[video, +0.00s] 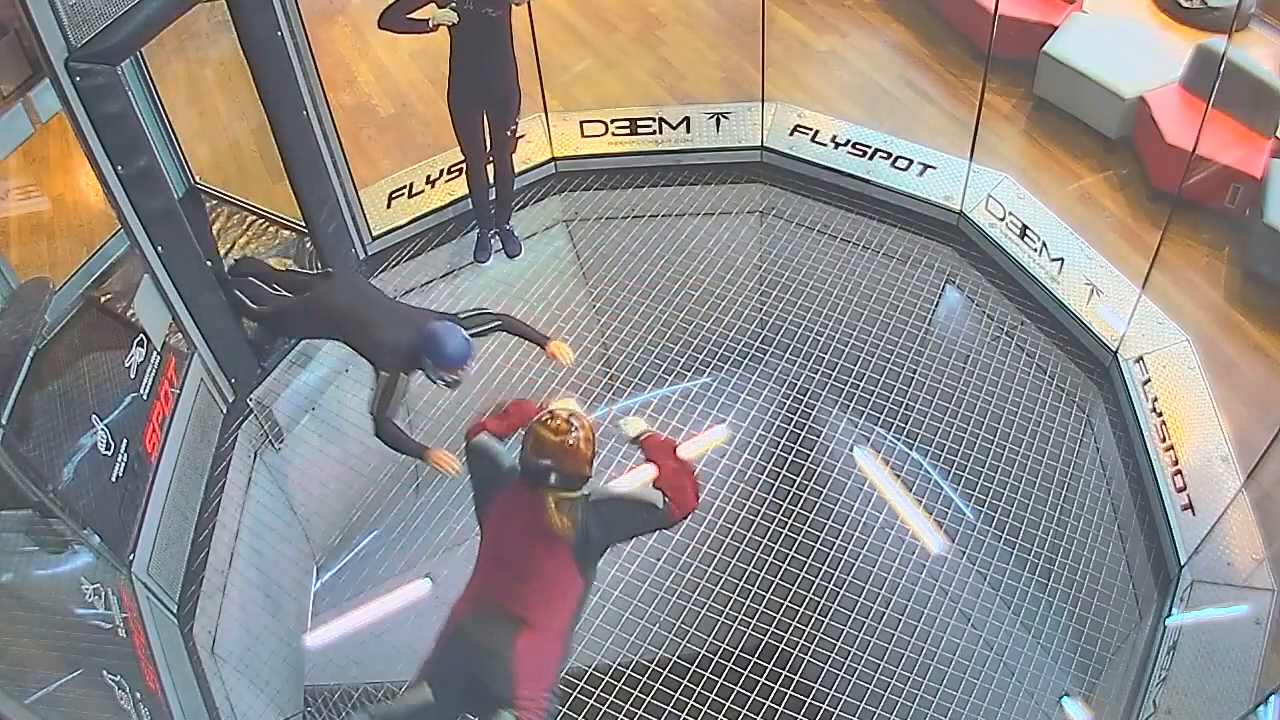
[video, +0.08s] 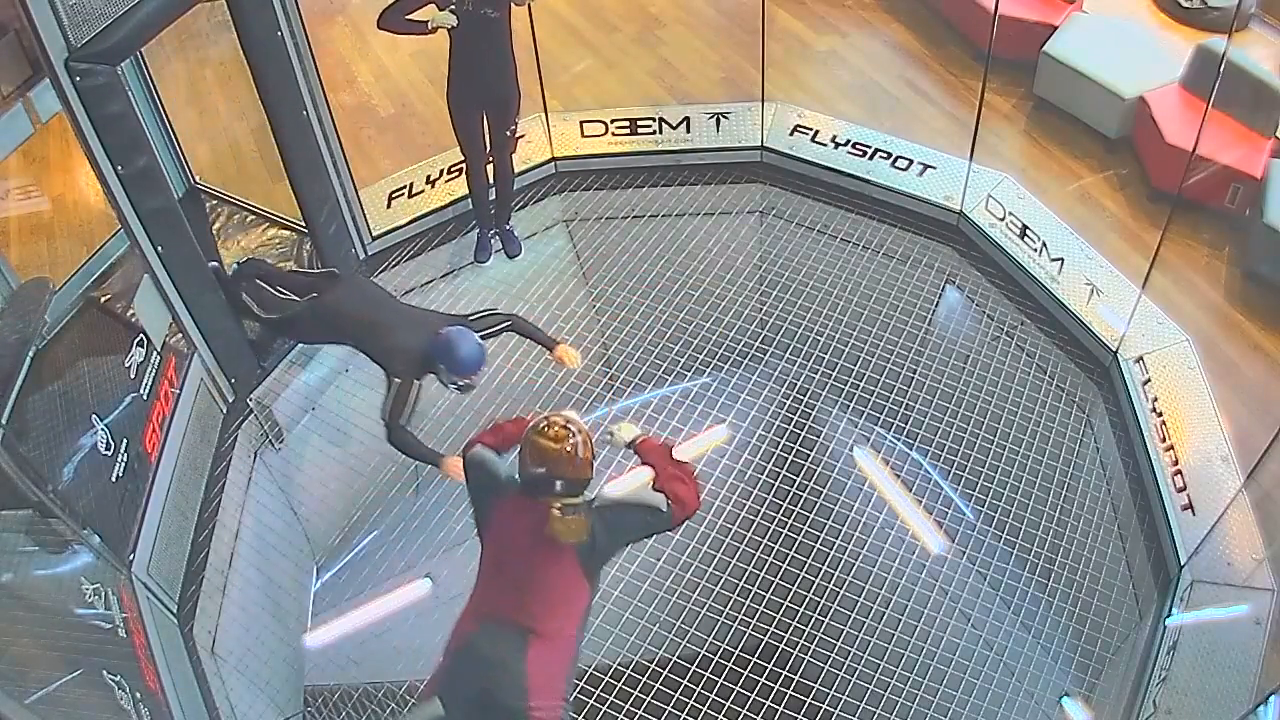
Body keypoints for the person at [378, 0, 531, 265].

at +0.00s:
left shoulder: (508, 2)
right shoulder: (441, 1)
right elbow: (387, 19)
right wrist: (429, 24)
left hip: (503, 82)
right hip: (464, 86)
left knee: (503, 155)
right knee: (475, 159)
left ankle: (504, 225)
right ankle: (484, 229)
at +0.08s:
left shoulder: (507, 1)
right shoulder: (439, 2)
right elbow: (387, 20)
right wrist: (428, 25)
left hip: (502, 81)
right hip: (463, 85)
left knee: (503, 155)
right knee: (475, 160)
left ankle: (504, 225)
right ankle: (484, 229)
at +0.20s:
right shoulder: (439, 1)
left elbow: (520, 4)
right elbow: (384, 18)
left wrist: (524, 1)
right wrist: (426, 26)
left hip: (502, 81)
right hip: (462, 85)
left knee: (503, 156)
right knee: (474, 161)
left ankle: (504, 225)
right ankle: (484, 230)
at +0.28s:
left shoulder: (503, 1)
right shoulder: (439, 1)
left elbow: (522, 4)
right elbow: (383, 17)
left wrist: (523, 2)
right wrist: (425, 27)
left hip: (502, 81)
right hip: (462, 85)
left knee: (502, 155)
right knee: (474, 160)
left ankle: (504, 224)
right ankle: (484, 229)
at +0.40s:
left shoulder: (503, 0)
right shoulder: (438, 1)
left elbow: (535, 1)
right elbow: (383, 17)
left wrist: (526, 4)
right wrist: (425, 26)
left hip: (501, 82)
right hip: (461, 86)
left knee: (502, 156)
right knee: (473, 161)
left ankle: (504, 225)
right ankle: (484, 230)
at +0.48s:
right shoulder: (438, 1)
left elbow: (534, 2)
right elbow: (384, 19)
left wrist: (525, 4)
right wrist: (427, 26)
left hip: (501, 83)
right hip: (461, 87)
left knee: (502, 156)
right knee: (473, 161)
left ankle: (503, 225)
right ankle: (483, 229)